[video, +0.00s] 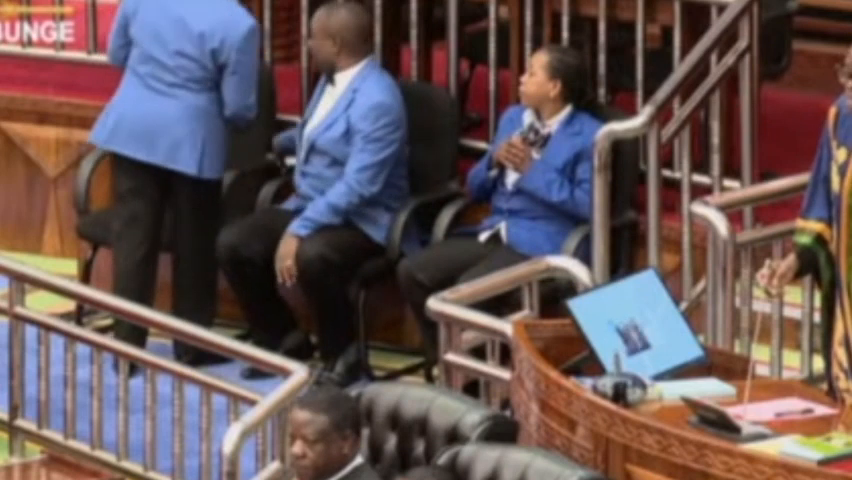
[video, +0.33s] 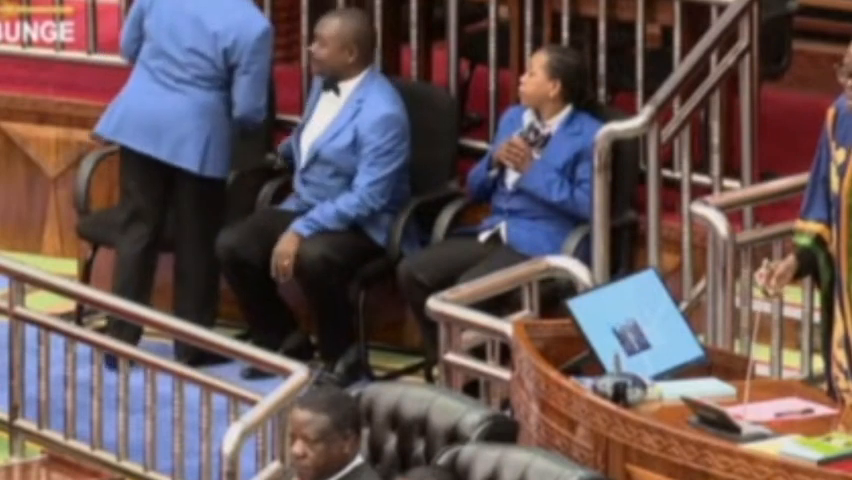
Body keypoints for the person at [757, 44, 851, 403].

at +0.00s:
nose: (844, 73)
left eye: (847, 66)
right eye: (843, 66)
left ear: (847, 73)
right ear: (838, 71)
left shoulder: (838, 116)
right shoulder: (839, 115)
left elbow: (821, 195)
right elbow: (822, 195)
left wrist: (798, 258)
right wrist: (798, 257)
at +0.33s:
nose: (843, 73)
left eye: (848, 67)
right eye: (843, 66)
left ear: (851, 72)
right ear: (839, 69)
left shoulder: (839, 117)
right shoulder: (838, 115)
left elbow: (820, 196)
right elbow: (822, 195)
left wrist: (797, 260)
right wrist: (797, 259)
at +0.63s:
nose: (843, 66)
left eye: (848, 60)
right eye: (843, 59)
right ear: (839, 66)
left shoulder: (839, 117)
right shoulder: (839, 116)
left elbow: (821, 207)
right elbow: (822, 205)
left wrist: (796, 261)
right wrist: (796, 262)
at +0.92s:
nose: (843, 69)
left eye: (848, 63)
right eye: (843, 62)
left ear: (851, 67)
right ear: (839, 65)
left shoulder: (839, 116)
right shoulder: (839, 115)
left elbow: (821, 204)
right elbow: (822, 202)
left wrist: (796, 261)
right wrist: (796, 261)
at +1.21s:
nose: (844, 69)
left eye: (849, 62)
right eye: (843, 61)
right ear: (839, 61)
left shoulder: (840, 114)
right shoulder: (839, 113)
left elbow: (819, 203)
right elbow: (821, 201)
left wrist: (797, 259)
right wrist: (796, 260)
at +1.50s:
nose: (844, 64)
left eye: (849, 57)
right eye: (843, 57)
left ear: (851, 60)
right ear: (839, 59)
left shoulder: (839, 114)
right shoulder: (838, 113)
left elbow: (819, 195)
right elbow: (820, 192)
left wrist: (799, 254)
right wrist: (799, 255)